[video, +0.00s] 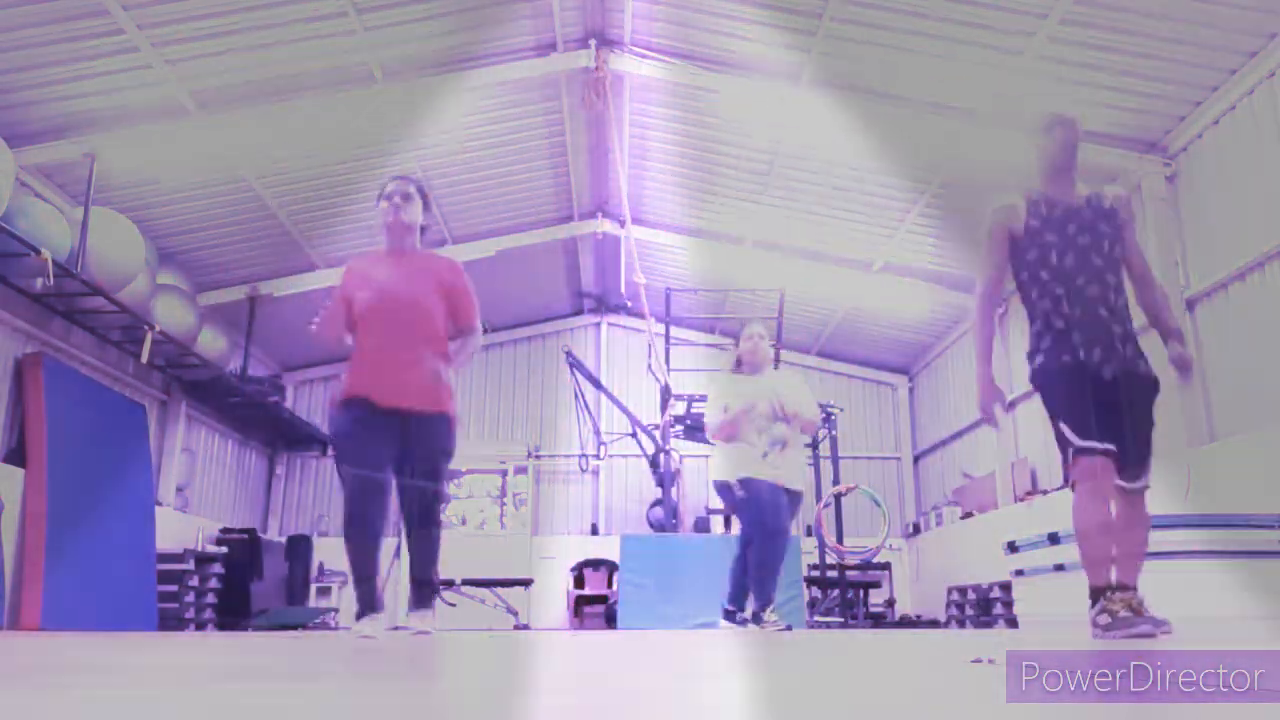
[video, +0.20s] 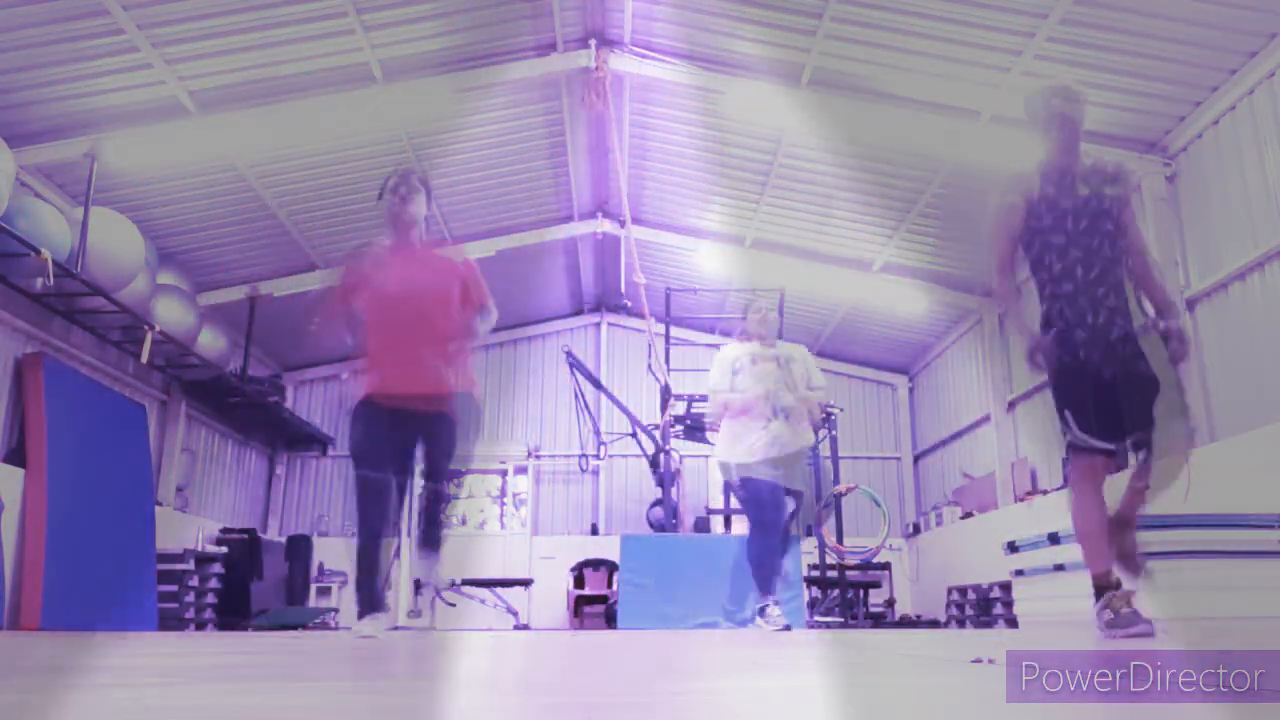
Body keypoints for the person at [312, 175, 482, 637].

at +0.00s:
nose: (397, 205)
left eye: (407, 199)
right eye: (389, 199)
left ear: (424, 212)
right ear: (378, 211)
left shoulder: (446, 268)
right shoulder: (358, 269)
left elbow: (472, 333)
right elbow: (339, 340)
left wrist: (451, 361)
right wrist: (328, 333)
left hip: (428, 404)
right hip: (366, 399)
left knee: (423, 509)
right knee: (362, 506)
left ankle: (422, 607)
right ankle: (369, 611)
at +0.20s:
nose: (404, 201)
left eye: (412, 194)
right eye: (396, 194)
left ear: (428, 206)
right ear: (384, 206)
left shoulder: (453, 260)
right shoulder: (367, 263)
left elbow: (488, 311)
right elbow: (323, 320)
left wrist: (472, 334)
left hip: (438, 401)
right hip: (380, 398)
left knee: (436, 491)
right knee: (374, 510)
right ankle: (372, 609)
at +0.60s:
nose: (447, 192)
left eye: (455, 185)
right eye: (438, 186)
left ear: (470, 198)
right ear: (425, 200)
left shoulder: (497, 253)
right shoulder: (407, 258)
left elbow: (531, 310)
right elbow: (380, 325)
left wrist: (507, 298)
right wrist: (411, 303)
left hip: (495, 373)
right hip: (435, 382)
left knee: (512, 434)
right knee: (430, 490)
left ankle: (516, 546)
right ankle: (421, 604)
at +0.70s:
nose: (463, 182)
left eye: (471, 175)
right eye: (454, 176)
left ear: (487, 190)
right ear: (441, 191)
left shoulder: (514, 241)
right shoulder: (420, 249)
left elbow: (546, 306)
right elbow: (395, 312)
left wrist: (516, 295)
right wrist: (427, 302)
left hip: (512, 370)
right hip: (452, 376)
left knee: (523, 466)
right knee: (448, 481)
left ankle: (531, 575)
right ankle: (445, 591)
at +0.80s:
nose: (479, 196)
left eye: (488, 190)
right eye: (471, 191)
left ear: (505, 204)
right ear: (459, 205)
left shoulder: (530, 261)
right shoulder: (440, 267)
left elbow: (559, 326)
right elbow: (423, 329)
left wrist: (536, 317)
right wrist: (438, 340)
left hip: (523, 390)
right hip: (464, 395)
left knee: (529, 491)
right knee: (467, 498)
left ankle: (536, 602)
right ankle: (471, 602)